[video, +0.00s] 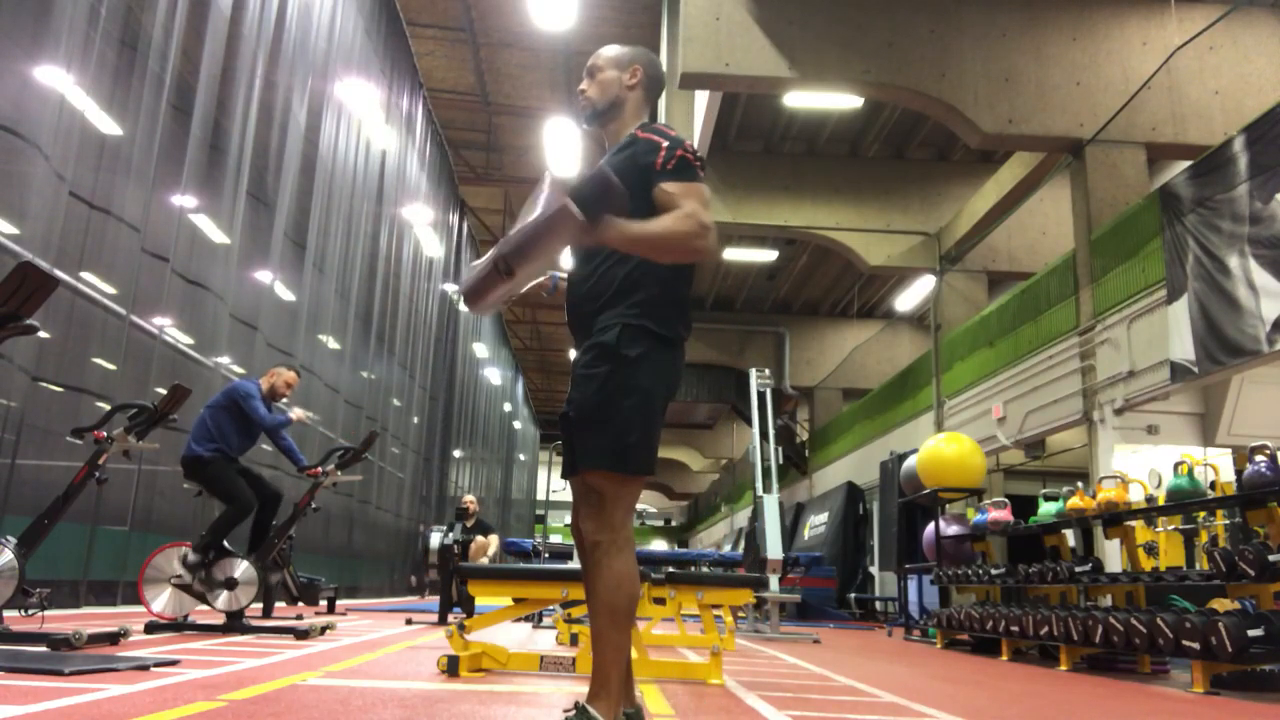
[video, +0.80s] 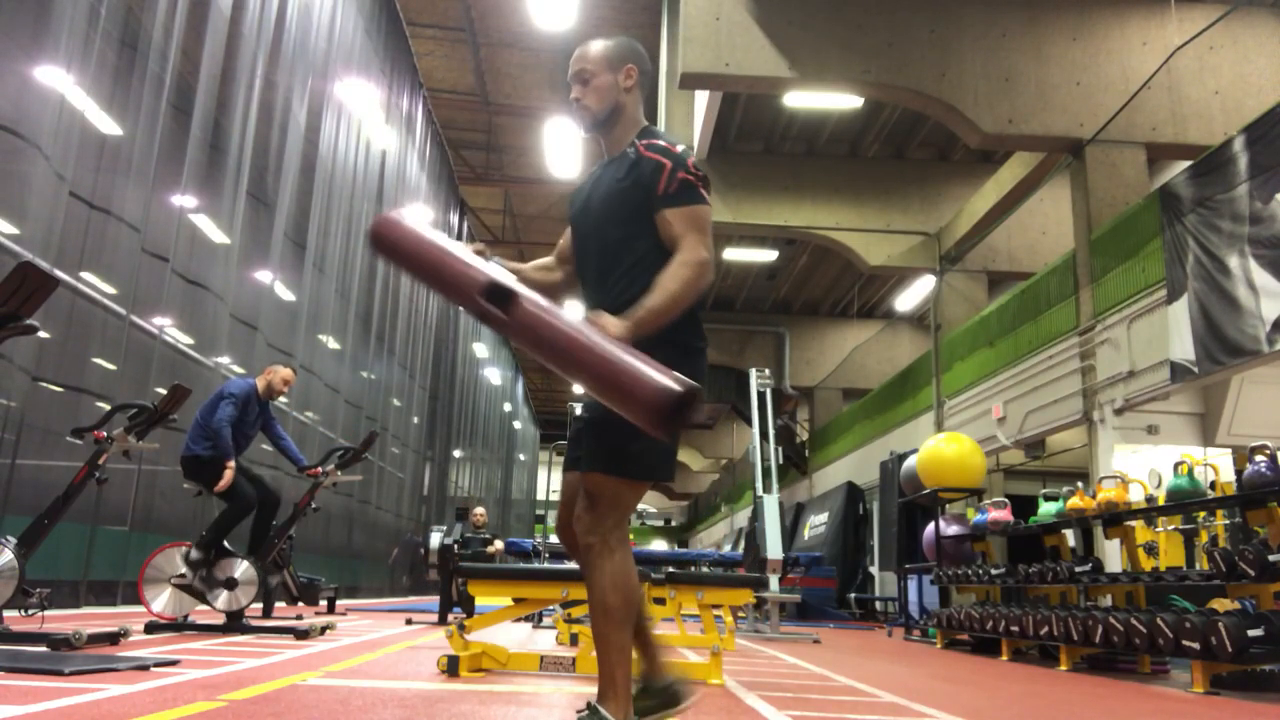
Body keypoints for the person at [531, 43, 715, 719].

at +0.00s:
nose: (582, 87)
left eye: (594, 74)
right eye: (583, 77)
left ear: (635, 80)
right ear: (621, 84)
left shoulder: (658, 144)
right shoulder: (609, 169)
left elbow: (700, 235)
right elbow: (603, 283)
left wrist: (601, 232)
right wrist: (530, 290)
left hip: (631, 356)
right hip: (604, 357)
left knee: (604, 527)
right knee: (594, 527)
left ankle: (609, 703)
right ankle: (615, 697)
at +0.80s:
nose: (574, 92)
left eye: (585, 78)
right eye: (571, 83)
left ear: (630, 79)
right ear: (579, 93)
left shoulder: (663, 158)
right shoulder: (592, 186)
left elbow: (697, 257)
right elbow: (559, 272)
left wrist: (629, 321)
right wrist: (499, 271)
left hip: (649, 371)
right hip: (607, 372)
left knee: (603, 526)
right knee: (574, 526)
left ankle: (616, 707)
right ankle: (658, 674)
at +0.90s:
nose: (572, 98)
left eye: (584, 84)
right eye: (569, 88)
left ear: (628, 83)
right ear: (581, 95)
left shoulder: (669, 165)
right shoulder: (581, 193)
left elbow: (711, 264)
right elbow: (544, 275)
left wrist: (669, 343)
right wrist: (487, 283)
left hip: (659, 368)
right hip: (616, 370)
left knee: (599, 522)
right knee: (610, 535)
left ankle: (614, 707)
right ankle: (725, 645)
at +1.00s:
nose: (571, 108)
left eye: (581, 93)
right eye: (566, 98)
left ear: (625, 94)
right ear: (572, 108)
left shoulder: (675, 176)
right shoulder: (575, 199)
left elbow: (723, 271)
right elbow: (540, 279)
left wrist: (702, 353)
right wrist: (501, 301)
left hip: (663, 377)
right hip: (627, 380)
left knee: (594, 521)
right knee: (653, 552)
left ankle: (614, 706)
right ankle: (775, 634)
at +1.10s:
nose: (571, 133)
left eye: (580, 117)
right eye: (566, 122)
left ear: (620, 114)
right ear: (570, 126)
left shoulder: (678, 196)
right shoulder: (574, 217)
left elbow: (733, 286)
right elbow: (541, 293)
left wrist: (726, 371)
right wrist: (517, 323)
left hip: (675, 389)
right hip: (628, 394)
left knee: (584, 520)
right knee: (692, 566)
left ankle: (612, 706)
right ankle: (805, 652)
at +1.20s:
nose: (571, 168)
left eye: (581, 153)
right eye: (566, 156)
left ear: (620, 147)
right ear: (568, 161)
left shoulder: (678, 221)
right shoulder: (579, 247)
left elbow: (744, 304)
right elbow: (549, 320)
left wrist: (745, 395)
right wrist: (528, 356)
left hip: (689, 411)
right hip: (653, 417)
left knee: (573, 524)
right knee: (708, 585)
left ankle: (611, 706)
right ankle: (830, 664)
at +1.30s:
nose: (570, 206)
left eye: (578, 191)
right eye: (566, 196)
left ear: (619, 180)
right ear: (571, 201)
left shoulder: (685, 252)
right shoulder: (584, 285)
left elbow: (753, 331)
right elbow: (558, 354)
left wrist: (760, 423)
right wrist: (543, 393)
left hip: (704, 436)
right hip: (665, 440)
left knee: (565, 526)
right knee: (717, 620)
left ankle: (609, 707)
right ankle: (846, 670)